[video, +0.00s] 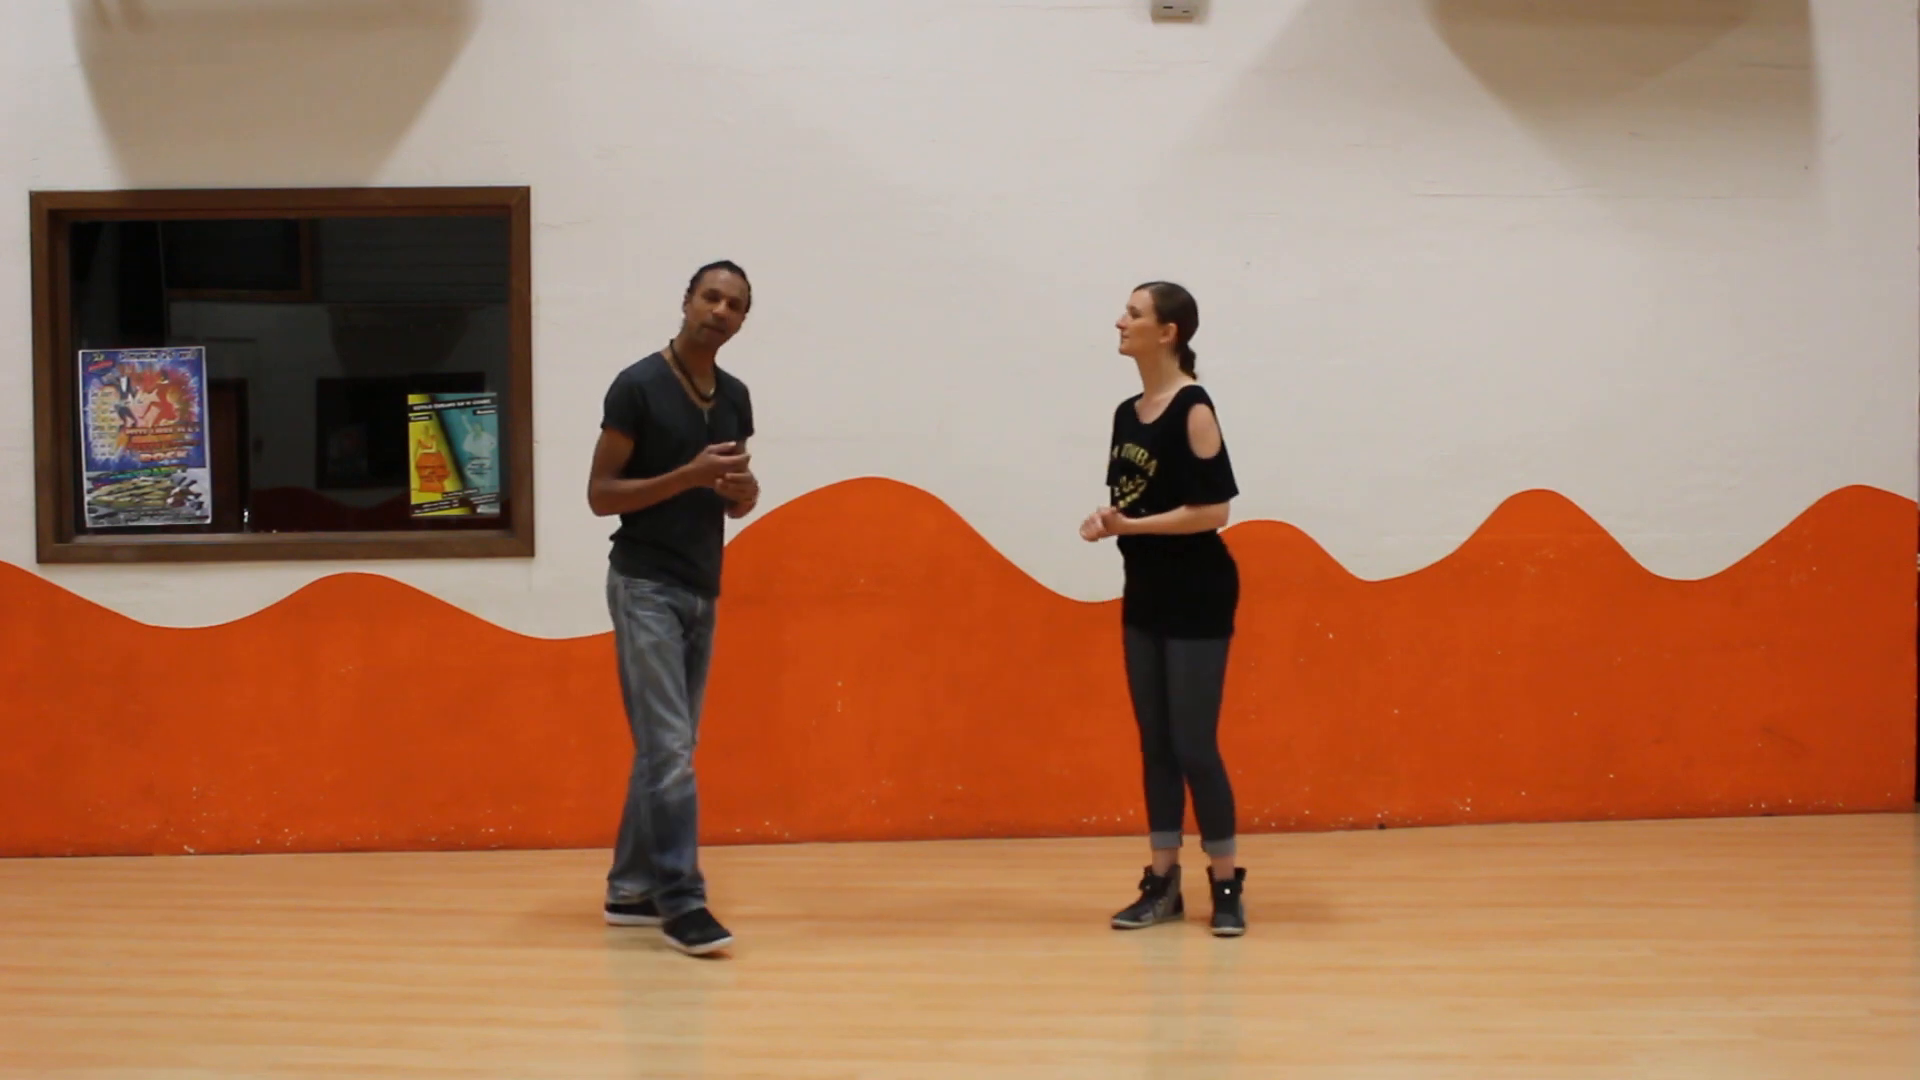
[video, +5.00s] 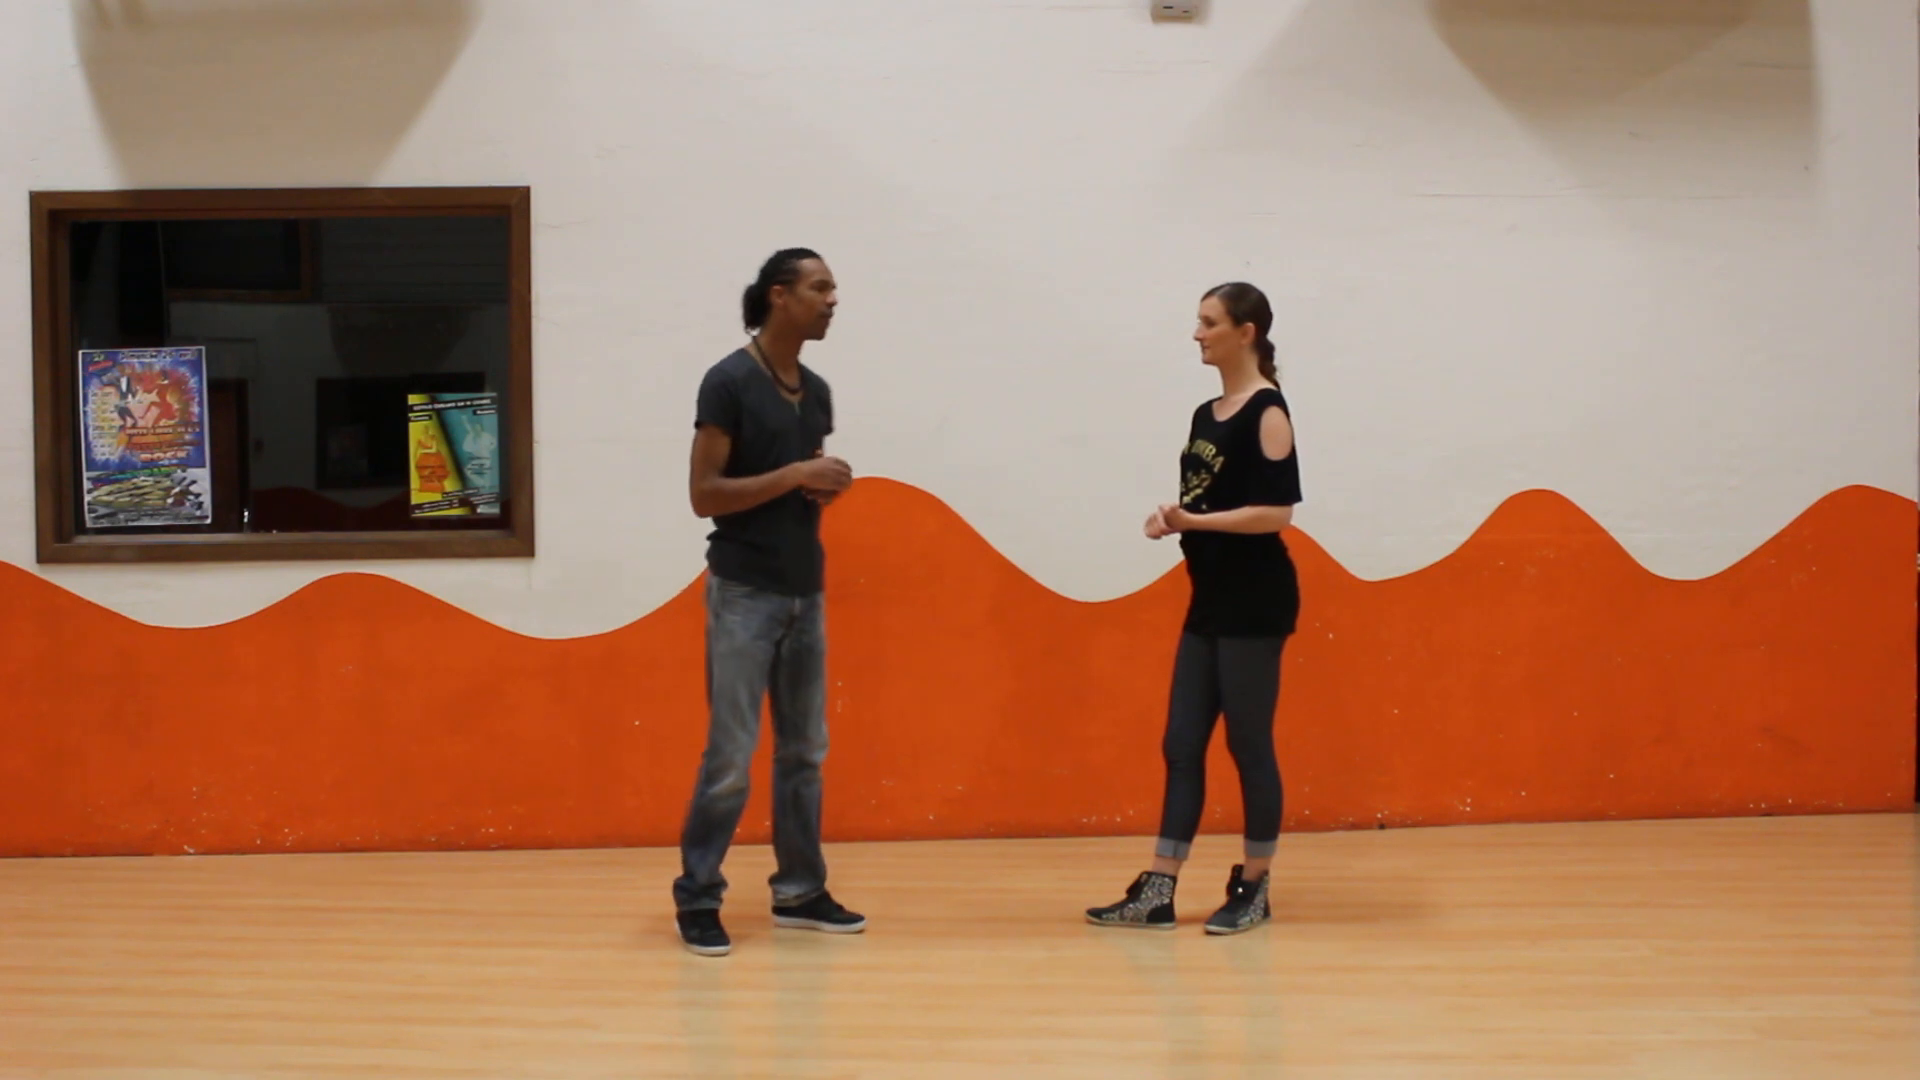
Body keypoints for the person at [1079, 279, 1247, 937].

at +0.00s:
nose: (1121, 323)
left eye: (1134, 316)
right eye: (1124, 313)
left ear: (1171, 331)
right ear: (1151, 330)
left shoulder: (1194, 410)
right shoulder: (1127, 413)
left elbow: (1215, 509)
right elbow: (1132, 499)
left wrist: (1130, 525)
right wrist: (1108, 516)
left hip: (1199, 598)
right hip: (1144, 596)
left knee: (1194, 744)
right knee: (1156, 743)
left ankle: (1226, 885)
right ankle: (1163, 882)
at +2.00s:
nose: (1195, 336)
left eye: (1206, 325)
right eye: (1195, 325)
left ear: (1247, 330)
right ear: (1230, 331)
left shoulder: (1269, 413)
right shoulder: (1205, 412)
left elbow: (1276, 515)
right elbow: (1213, 504)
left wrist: (1192, 521)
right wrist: (1175, 518)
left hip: (1255, 604)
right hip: (1207, 600)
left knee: (1254, 745)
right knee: (1180, 745)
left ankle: (1253, 889)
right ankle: (1158, 890)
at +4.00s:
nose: (1202, 336)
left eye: (1214, 325)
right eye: (1203, 324)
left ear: (1253, 333)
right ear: (1237, 334)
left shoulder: (1275, 415)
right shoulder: (1211, 414)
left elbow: (1282, 514)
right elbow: (1216, 504)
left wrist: (1198, 521)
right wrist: (1179, 516)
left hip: (1259, 604)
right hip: (1212, 599)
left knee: (1253, 745)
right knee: (1183, 746)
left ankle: (1252, 890)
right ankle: (1158, 889)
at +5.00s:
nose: (1197, 334)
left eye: (1209, 324)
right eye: (1199, 323)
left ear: (1248, 332)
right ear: (1233, 332)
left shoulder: (1269, 413)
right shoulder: (1208, 412)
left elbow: (1277, 513)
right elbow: (1212, 501)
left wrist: (1194, 520)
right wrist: (1175, 515)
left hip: (1255, 603)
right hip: (1209, 599)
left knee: (1251, 745)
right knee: (1182, 745)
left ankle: (1252, 890)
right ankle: (1158, 890)